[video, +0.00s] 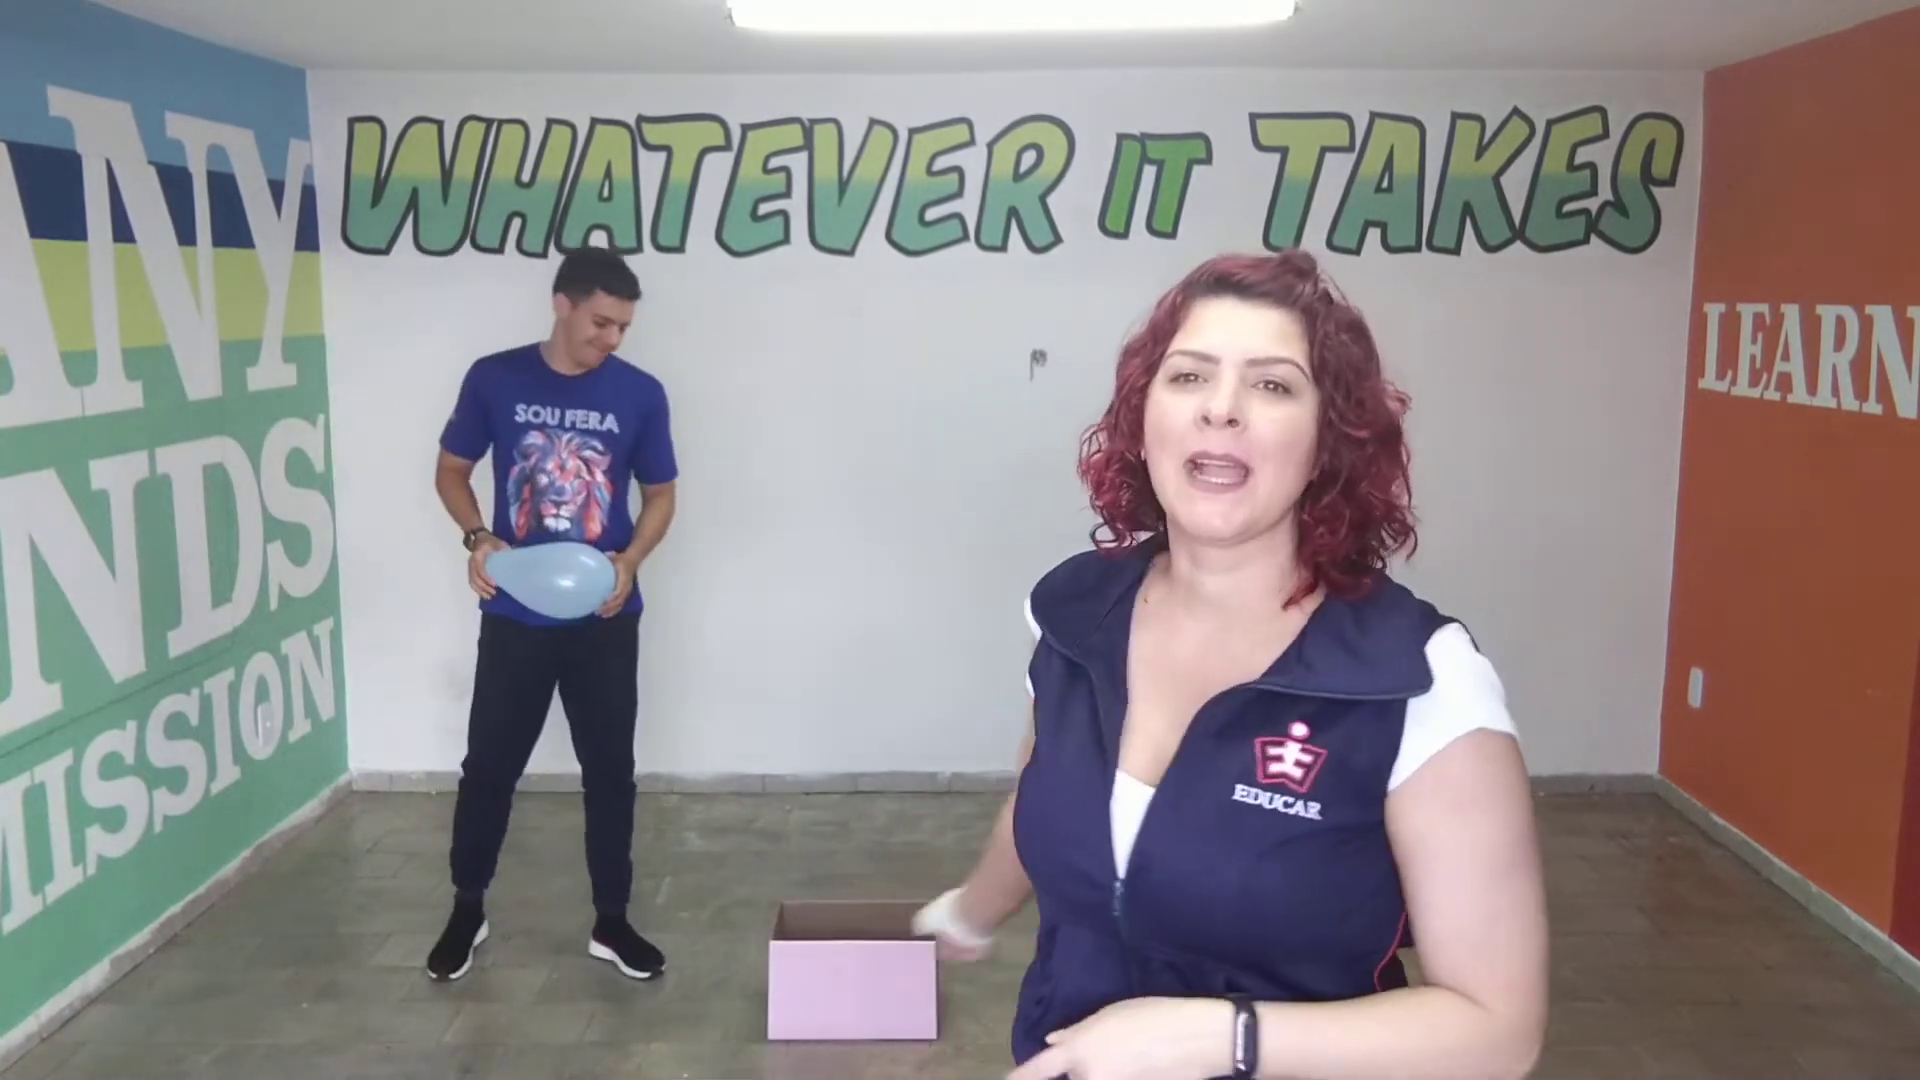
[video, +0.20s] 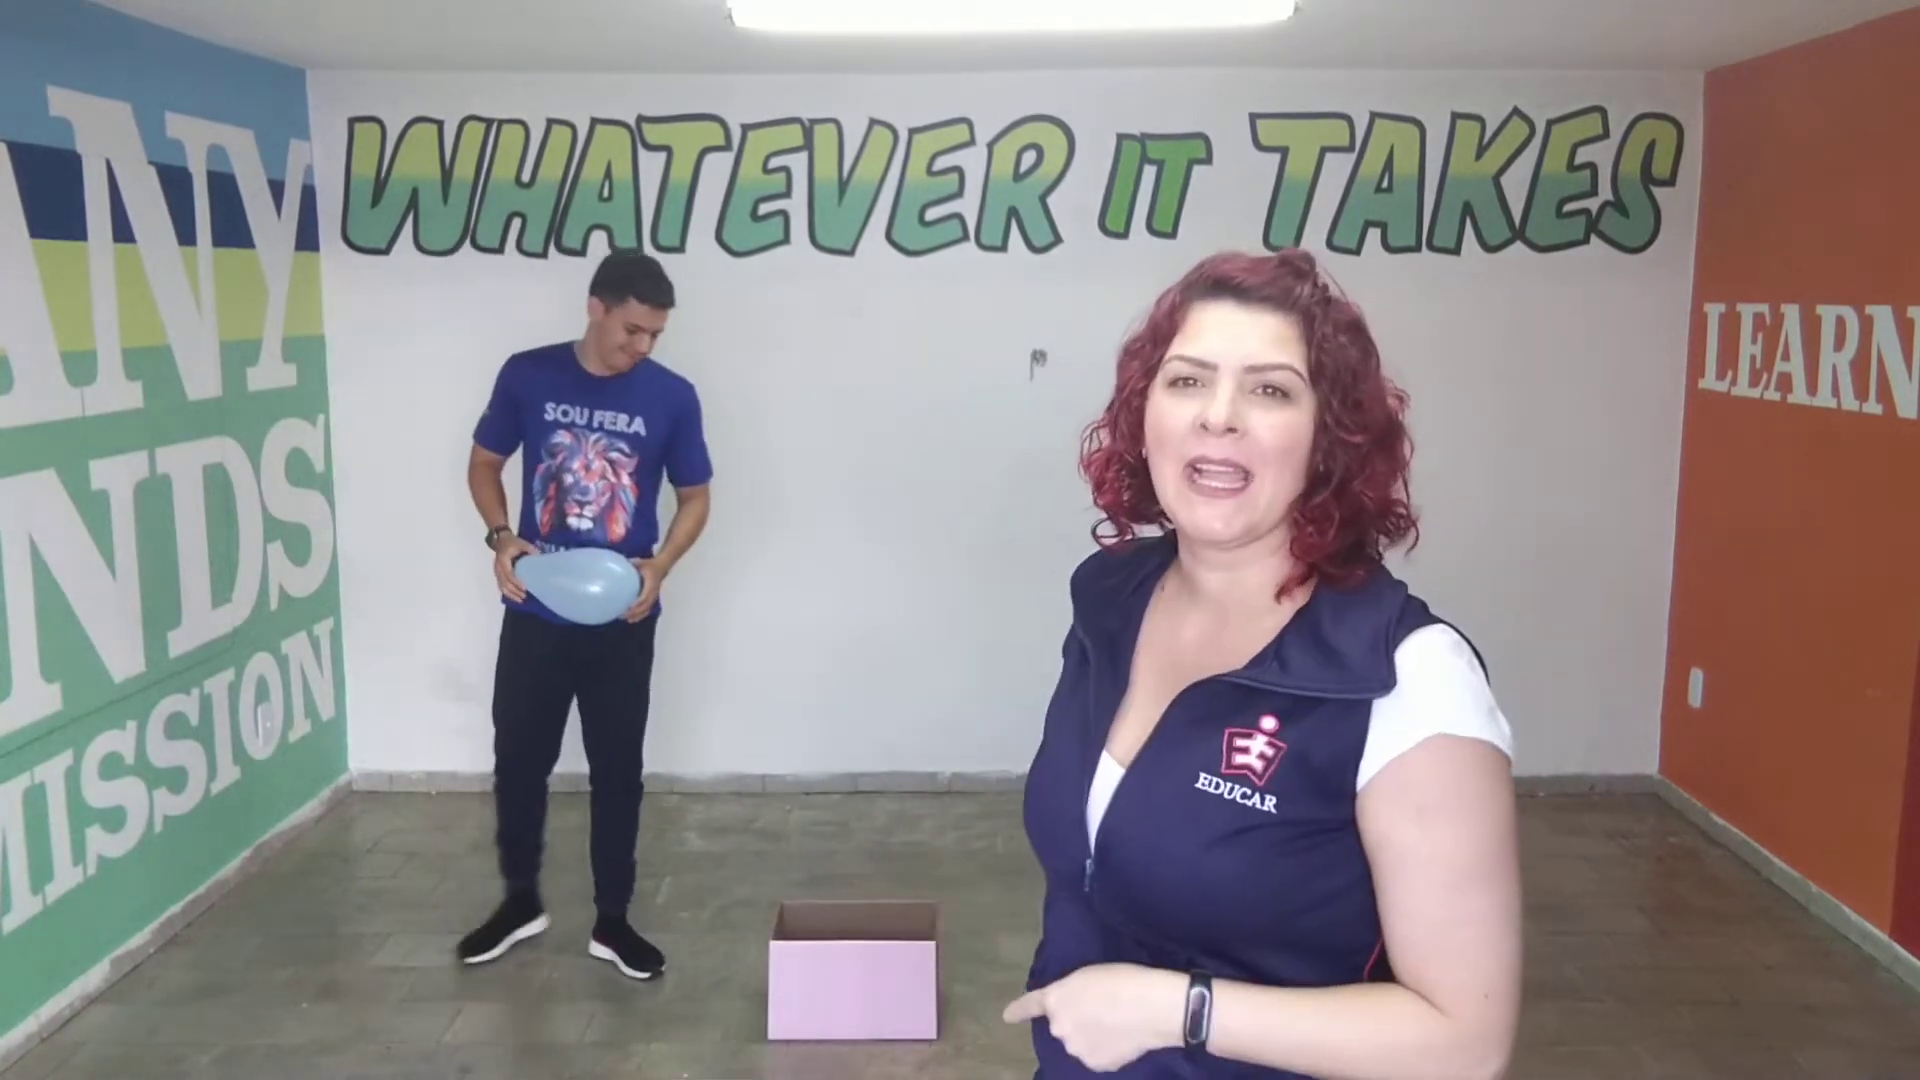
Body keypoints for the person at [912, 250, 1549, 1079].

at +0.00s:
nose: (1220, 409)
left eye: (1273, 385)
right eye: (1189, 376)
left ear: (1330, 438)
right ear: (1140, 413)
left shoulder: (1420, 675)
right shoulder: (1079, 613)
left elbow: (1498, 1029)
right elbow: (1045, 797)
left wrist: (1223, 1039)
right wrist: (965, 918)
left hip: (1286, 1077)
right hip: (1061, 1065)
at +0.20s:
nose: (1219, 417)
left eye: (1270, 390)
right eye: (1187, 380)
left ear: (1329, 434)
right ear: (1142, 411)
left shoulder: (1409, 676)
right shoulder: (1110, 597)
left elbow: (1465, 1037)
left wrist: (1184, 1012)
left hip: (1270, 1066)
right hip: (1077, 1056)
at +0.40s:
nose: (1233, 422)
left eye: (1283, 391)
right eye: (1201, 384)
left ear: (1344, 429)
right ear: (1159, 412)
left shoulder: (1427, 672)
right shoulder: (1139, 595)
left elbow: (1483, 1029)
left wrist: (1200, 991)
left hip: (1298, 1063)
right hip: (1106, 1054)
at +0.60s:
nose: (1252, 418)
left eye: (1302, 388)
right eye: (1223, 382)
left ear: (1364, 425)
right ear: (1182, 407)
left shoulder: (1456, 660)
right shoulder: (1166, 586)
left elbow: (1524, 1005)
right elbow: (1158, 796)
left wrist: (1243, 973)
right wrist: (1074, 920)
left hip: (1361, 1061)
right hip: (1162, 1056)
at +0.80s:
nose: (1280, 432)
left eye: (1330, 402)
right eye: (1252, 397)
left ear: (1391, 439)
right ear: (1213, 424)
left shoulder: (1486, 672)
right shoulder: (1200, 601)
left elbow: (1560, 1001)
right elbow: (1185, 817)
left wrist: (1293, 973)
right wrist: (1066, 946)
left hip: (1410, 1064)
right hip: (1210, 1060)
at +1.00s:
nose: (1333, 430)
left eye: (1380, 407)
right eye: (1304, 393)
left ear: (1429, 450)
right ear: (1253, 421)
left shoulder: (1516, 665)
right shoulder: (1223, 598)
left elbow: (1601, 967)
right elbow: (1222, 821)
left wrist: (1349, 973)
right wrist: (1126, 968)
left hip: (1434, 1060)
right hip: (1237, 1051)